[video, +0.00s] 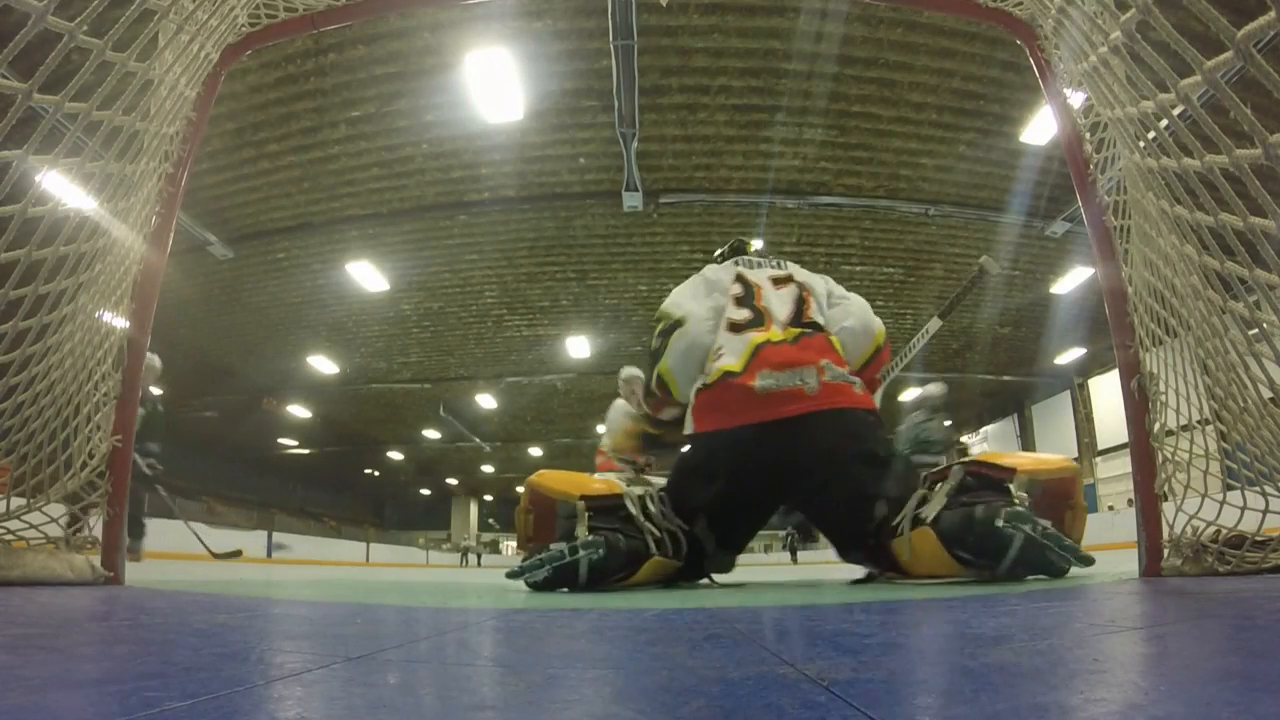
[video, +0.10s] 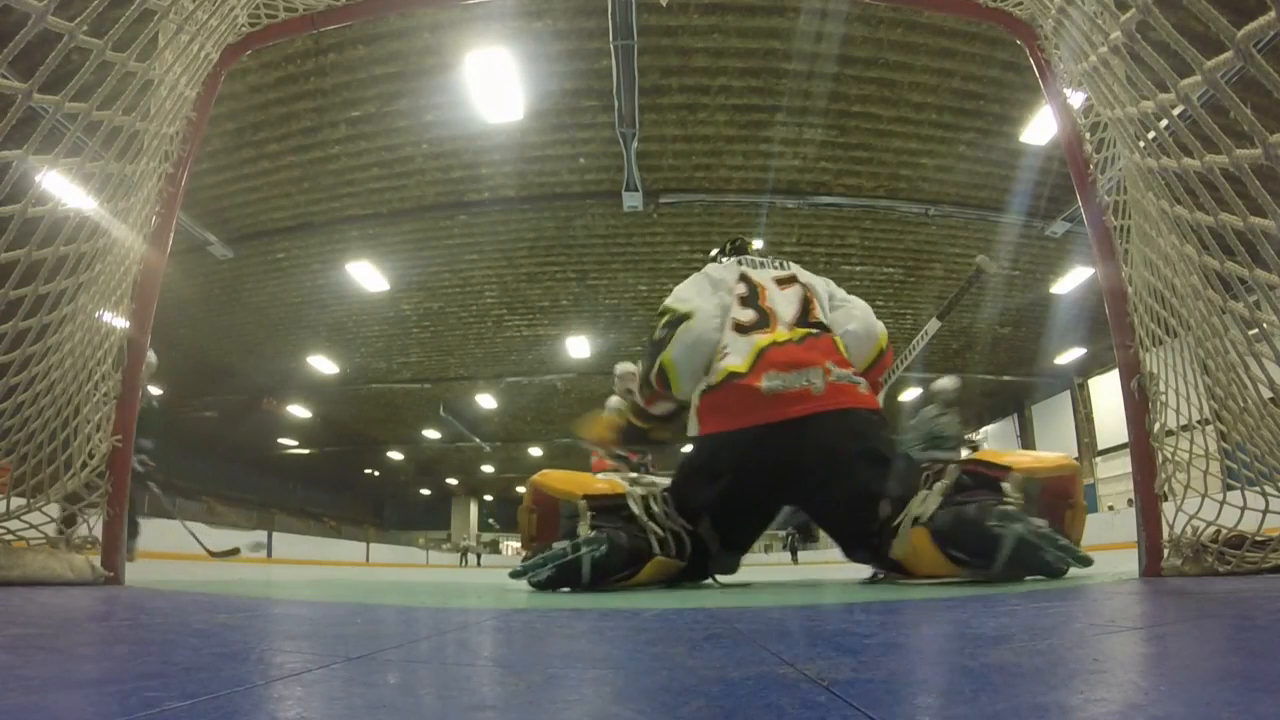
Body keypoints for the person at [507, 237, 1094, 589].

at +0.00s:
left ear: (718, 263)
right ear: (771, 261)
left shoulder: (700, 283)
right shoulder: (817, 282)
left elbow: (675, 353)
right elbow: (873, 340)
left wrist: (636, 438)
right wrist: (856, 411)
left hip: (729, 422)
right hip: (835, 413)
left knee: (682, 542)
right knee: (894, 537)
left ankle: (613, 553)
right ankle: (978, 535)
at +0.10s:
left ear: (721, 257)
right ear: (769, 261)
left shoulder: (707, 277)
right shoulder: (812, 282)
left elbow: (689, 341)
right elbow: (872, 335)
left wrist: (651, 406)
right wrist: (853, 396)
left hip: (737, 425)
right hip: (838, 413)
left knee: (687, 542)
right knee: (895, 537)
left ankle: (619, 555)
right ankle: (969, 534)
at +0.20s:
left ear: (715, 261)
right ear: (764, 256)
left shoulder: (710, 272)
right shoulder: (813, 281)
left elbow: (695, 320)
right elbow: (874, 341)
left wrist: (651, 392)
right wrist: (859, 404)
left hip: (745, 431)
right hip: (847, 420)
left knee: (701, 544)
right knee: (891, 544)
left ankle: (642, 548)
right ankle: (937, 533)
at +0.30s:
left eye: (698, 265)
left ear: (711, 256)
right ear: (764, 254)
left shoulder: (704, 273)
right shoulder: (812, 280)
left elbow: (703, 312)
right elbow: (876, 347)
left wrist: (645, 389)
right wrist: (854, 418)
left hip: (748, 433)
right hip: (850, 417)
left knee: (701, 538)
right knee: (895, 528)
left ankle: (643, 539)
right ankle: (944, 526)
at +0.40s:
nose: (682, 277)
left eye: (686, 267)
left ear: (703, 256)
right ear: (751, 251)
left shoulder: (703, 263)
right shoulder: (801, 276)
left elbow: (693, 306)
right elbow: (873, 342)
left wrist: (627, 373)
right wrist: (842, 402)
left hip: (752, 425)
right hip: (851, 408)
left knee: (707, 540)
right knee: (886, 517)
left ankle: (662, 538)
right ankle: (922, 529)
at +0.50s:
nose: (679, 271)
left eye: (681, 262)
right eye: (683, 264)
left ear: (698, 253)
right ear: (746, 247)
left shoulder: (703, 264)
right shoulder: (801, 277)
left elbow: (680, 309)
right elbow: (871, 344)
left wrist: (611, 378)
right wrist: (849, 404)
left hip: (758, 420)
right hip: (854, 406)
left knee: (707, 531)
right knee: (880, 510)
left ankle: (668, 534)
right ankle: (921, 525)